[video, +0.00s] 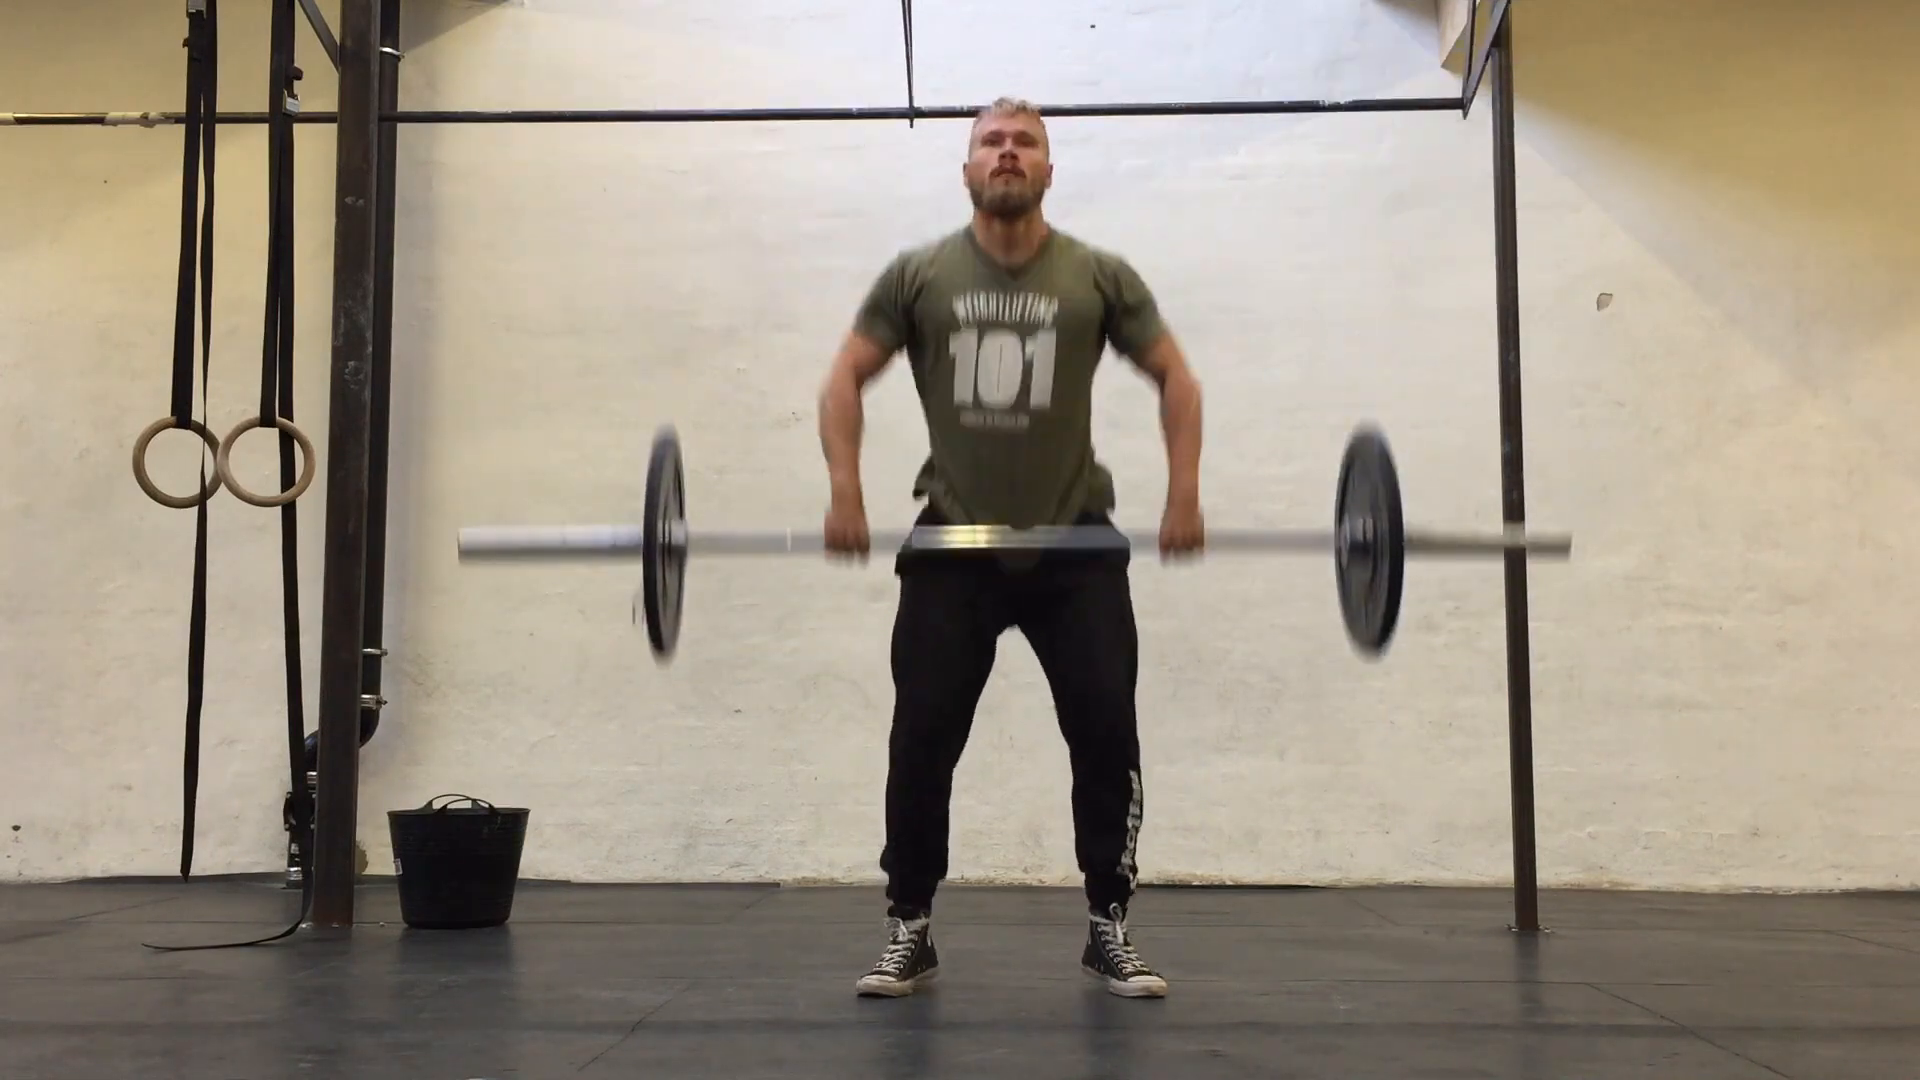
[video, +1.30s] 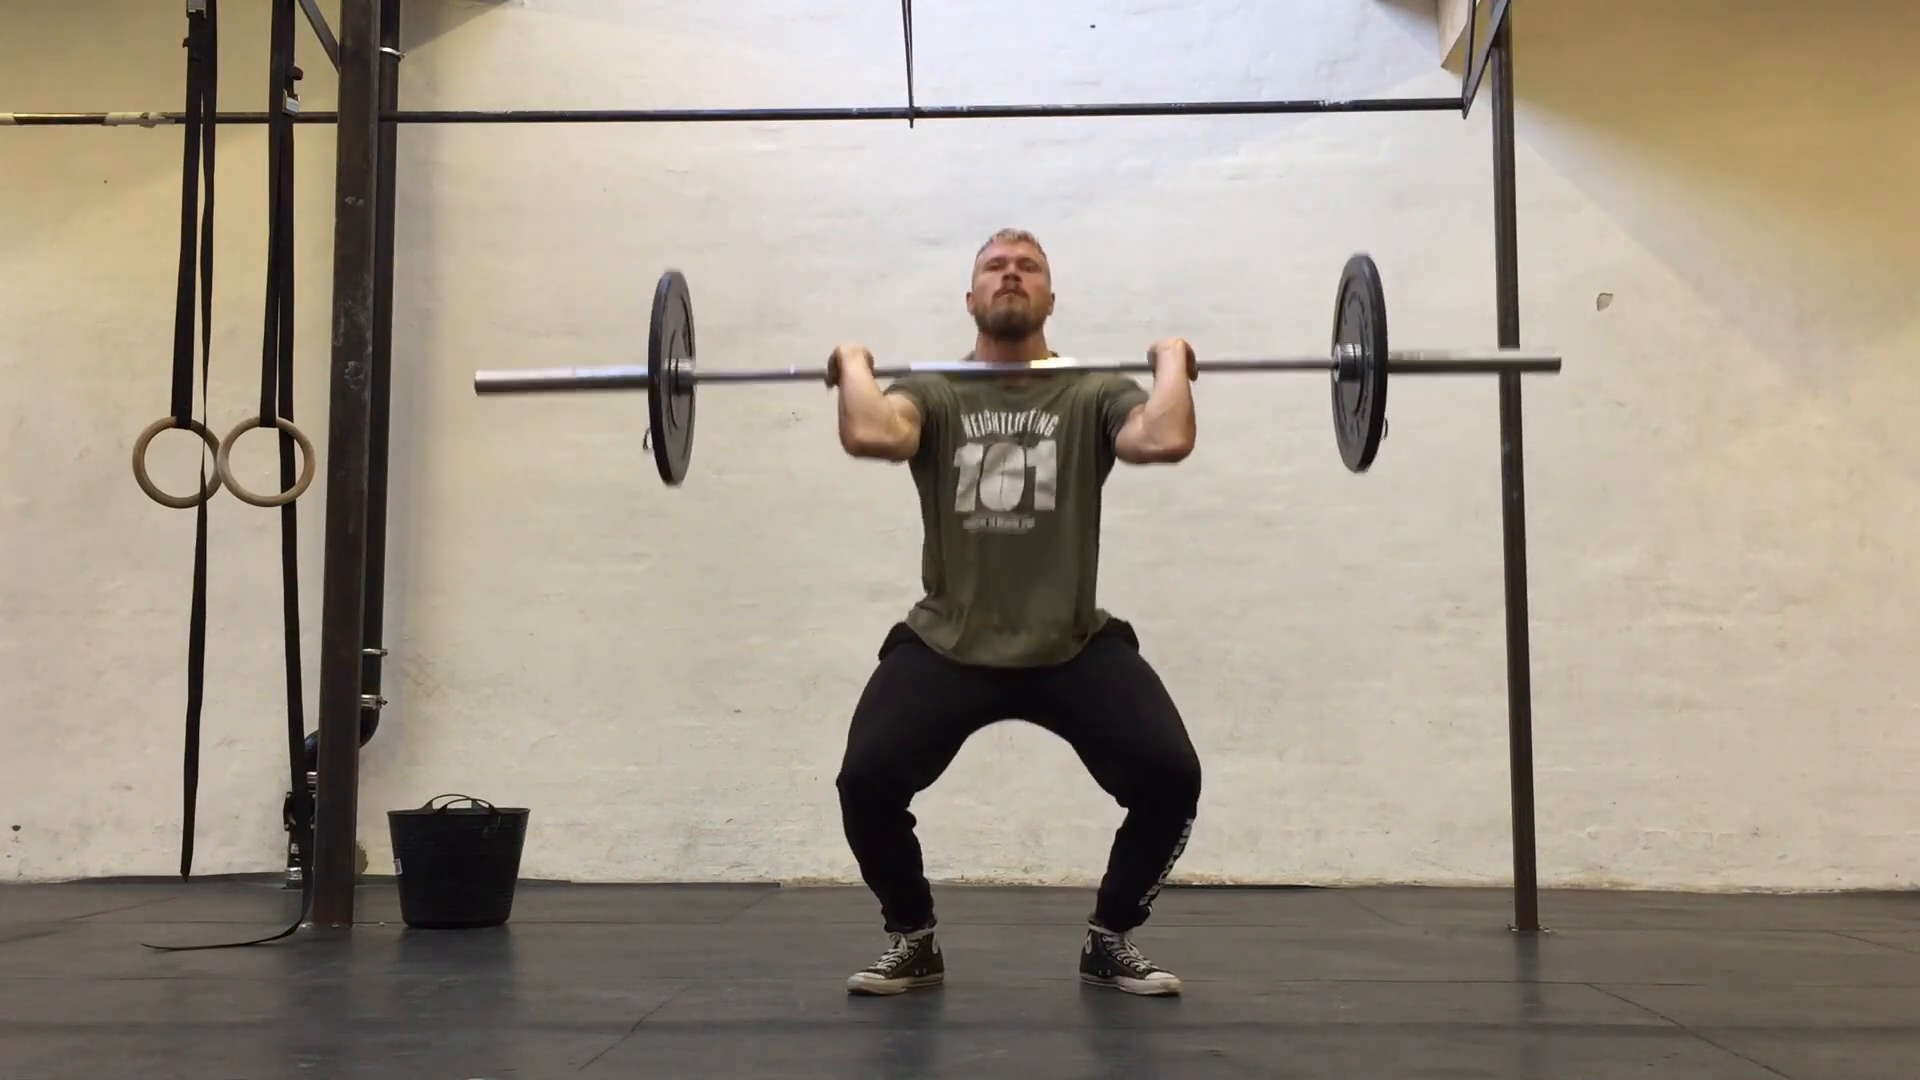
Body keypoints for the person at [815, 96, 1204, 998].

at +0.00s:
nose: (1007, 151)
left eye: (1024, 142)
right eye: (991, 141)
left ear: (1049, 171)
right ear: (965, 169)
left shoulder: (1100, 279)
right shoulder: (917, 278)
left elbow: (1176, 379)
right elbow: (843, 381)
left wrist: (1184, 497)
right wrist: (846, 495)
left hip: (1074, 548)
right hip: (951, 550)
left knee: (1107, 737)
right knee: (921, 741)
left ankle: (1110, 932)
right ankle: (908, 931)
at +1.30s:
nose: (1010, 274)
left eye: (1027, 266)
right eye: (995, 265)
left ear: (1051, 298)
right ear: (970, 297)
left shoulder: (1094, 390)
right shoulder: (931, 391)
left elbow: (1169, 438)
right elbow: (866, 433)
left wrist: (1171, 356)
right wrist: (852, 358)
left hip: (1072, 646)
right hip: (948, 646)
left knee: (1170, 780)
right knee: (867, 784)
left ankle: (1109, 943)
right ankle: (913, 943)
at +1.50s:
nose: (1011, 169)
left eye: (1026, 163)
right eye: (996, 162)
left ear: (1049, 196)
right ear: (971, 195)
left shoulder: (1085, 275)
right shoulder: (936, 278)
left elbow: (1157, 303)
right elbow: (871, 312)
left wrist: (1173, 223)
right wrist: (854, 233)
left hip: (1071, 546)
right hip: (953, 546)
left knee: (1111, 737)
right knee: (917, 739)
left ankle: (1117, 926)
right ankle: (908, 926)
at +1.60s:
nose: (1006, 148)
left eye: (1024, 144)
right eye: (992, 143)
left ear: (1048, 176)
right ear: (972, 174)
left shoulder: (1088, 243)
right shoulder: (931, 246)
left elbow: (1188, 214)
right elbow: (840, 219)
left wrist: (1181, 116)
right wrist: (846, 117)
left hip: (1072, 507)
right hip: (958, 509)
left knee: (1107, 710)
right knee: (932, 711)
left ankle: (1128, 912)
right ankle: (902, 914)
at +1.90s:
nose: (1013, 170)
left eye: (1032, 155)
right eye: (997, 154)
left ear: (1059, 167)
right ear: (974, 164)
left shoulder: (1092, 220)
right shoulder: (938, 220)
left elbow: (1152, 106)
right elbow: (878, 98)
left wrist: (1187, 5)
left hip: (1074, 532)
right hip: (965, 533)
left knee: (1103, 744)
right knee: (937, 739)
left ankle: (1116, 939)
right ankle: (911, 939)